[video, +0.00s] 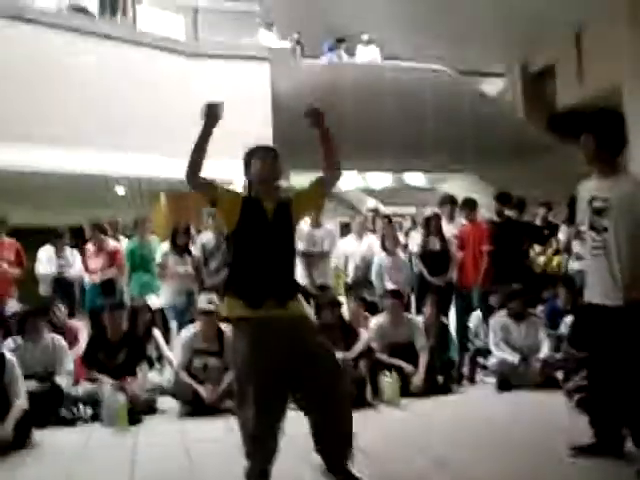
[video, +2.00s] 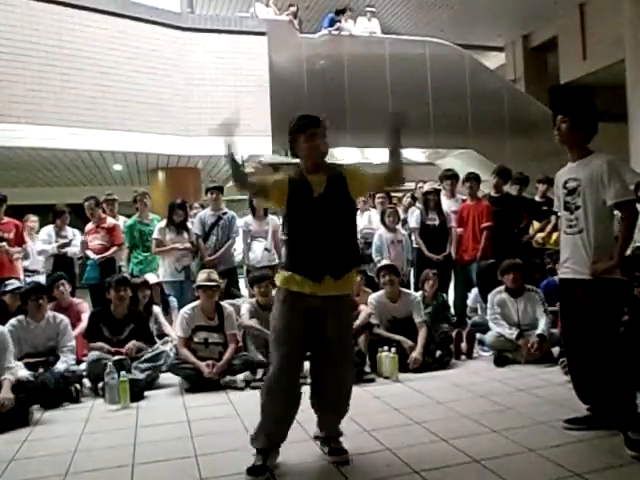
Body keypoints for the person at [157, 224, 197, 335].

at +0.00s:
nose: (182, 239)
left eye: (185, 234)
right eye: (179, 234)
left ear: (189, 237)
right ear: (174, 236)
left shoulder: (192, 257)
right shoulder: (167, 255)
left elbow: (198, 277)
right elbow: (160, 273)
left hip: (188, 295)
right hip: (170, 296)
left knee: (187, 331)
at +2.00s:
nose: (178, 218)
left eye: (181, 215)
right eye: (176, 214)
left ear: (185, 215)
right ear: (171, 214)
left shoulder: (187, 228)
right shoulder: (161, 228)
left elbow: (195, 247)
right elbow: (155, 249)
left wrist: (189, 247)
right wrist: (174, 247)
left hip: (186, 269)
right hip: (169, 271)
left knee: (187, 304)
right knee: (174, 305)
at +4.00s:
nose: (178, 218)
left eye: (181, 215)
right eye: (176, 215)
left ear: (185, 215)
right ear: (171, 213)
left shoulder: (189, 228)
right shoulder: (162, 228)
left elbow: (196, 248)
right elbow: (155, 250)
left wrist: (189, 247)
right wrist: (174, 246)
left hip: (187, 268)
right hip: (170, 269)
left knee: (188, 302)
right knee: (174, 303)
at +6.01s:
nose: (182, 211)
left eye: (184, 208)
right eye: (179, 208)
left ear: (188, 211)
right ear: (174, 211)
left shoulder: (192, 230)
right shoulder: (166, 229)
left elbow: (200, 250)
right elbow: (159, 251)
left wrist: (192, 249)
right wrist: (179, 249)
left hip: (191, 274)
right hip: (173, 274)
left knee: (191, 309)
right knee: (178, 310)